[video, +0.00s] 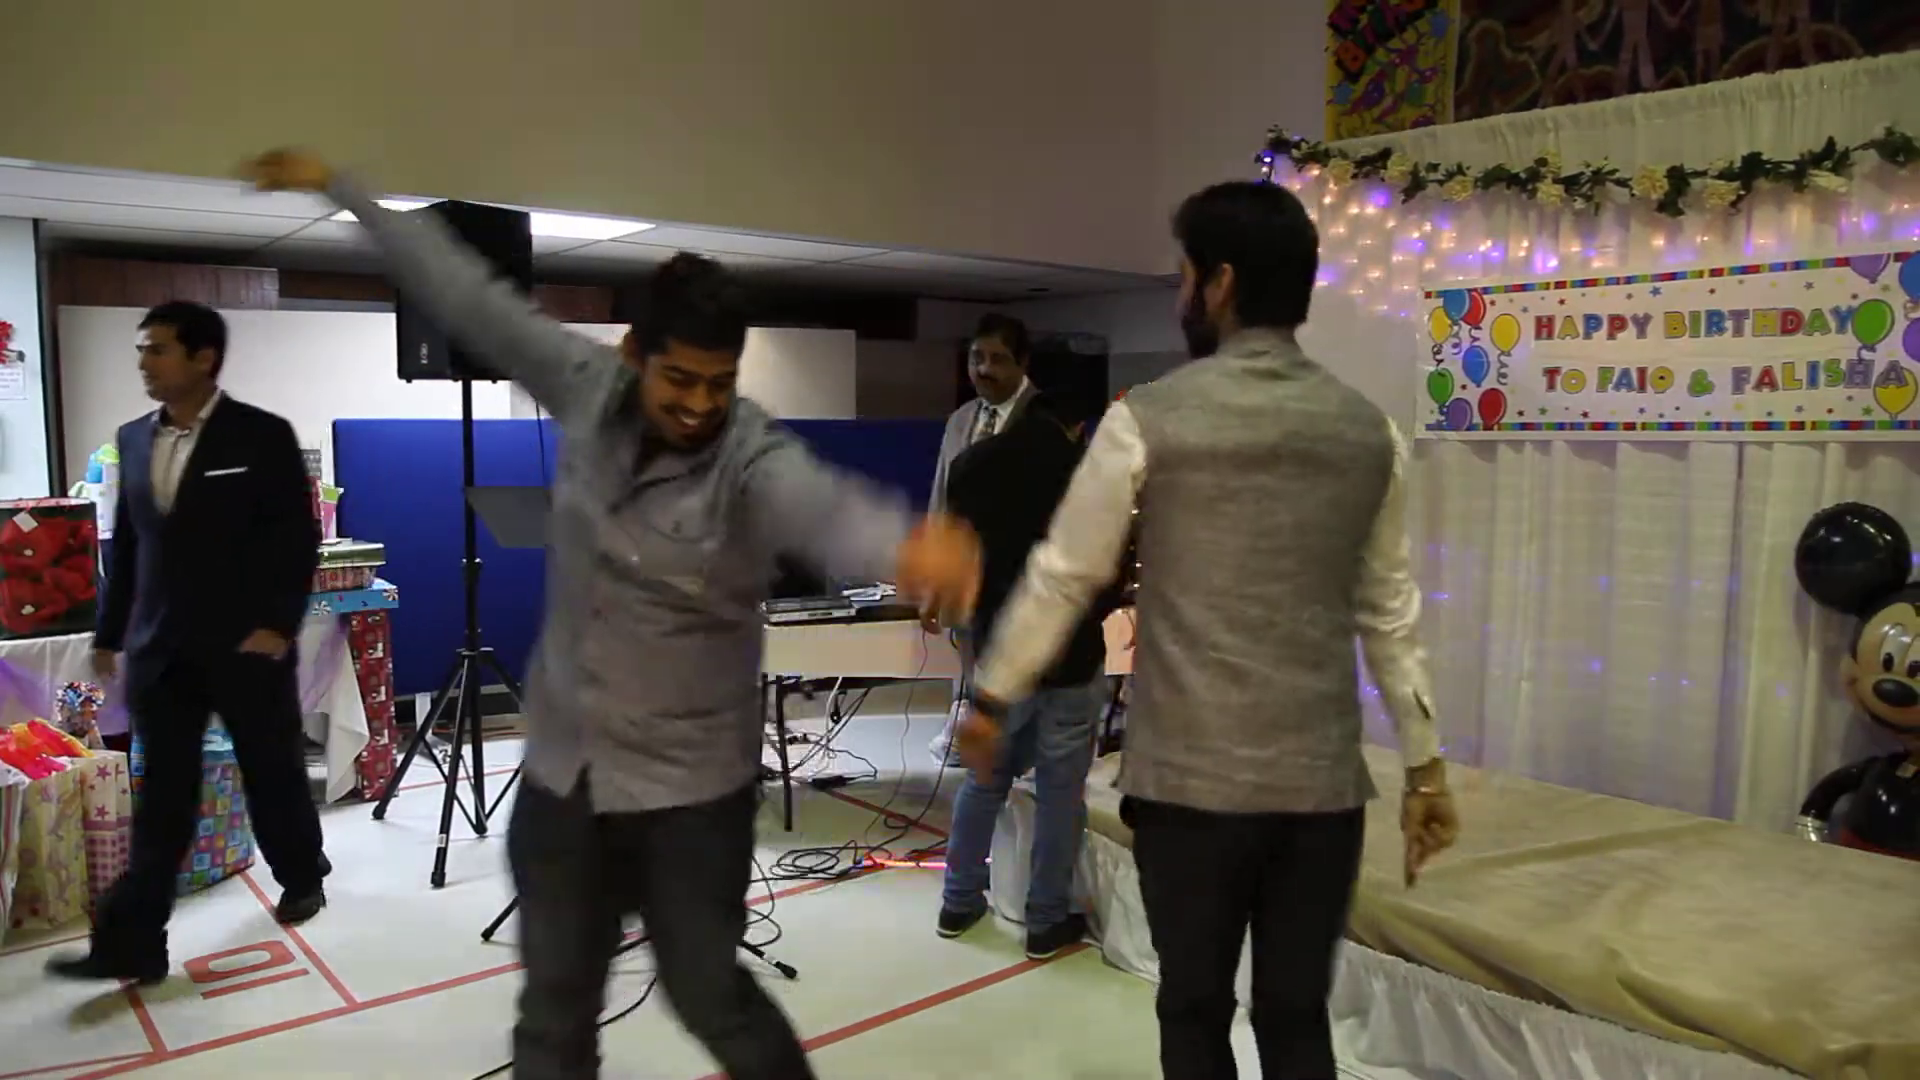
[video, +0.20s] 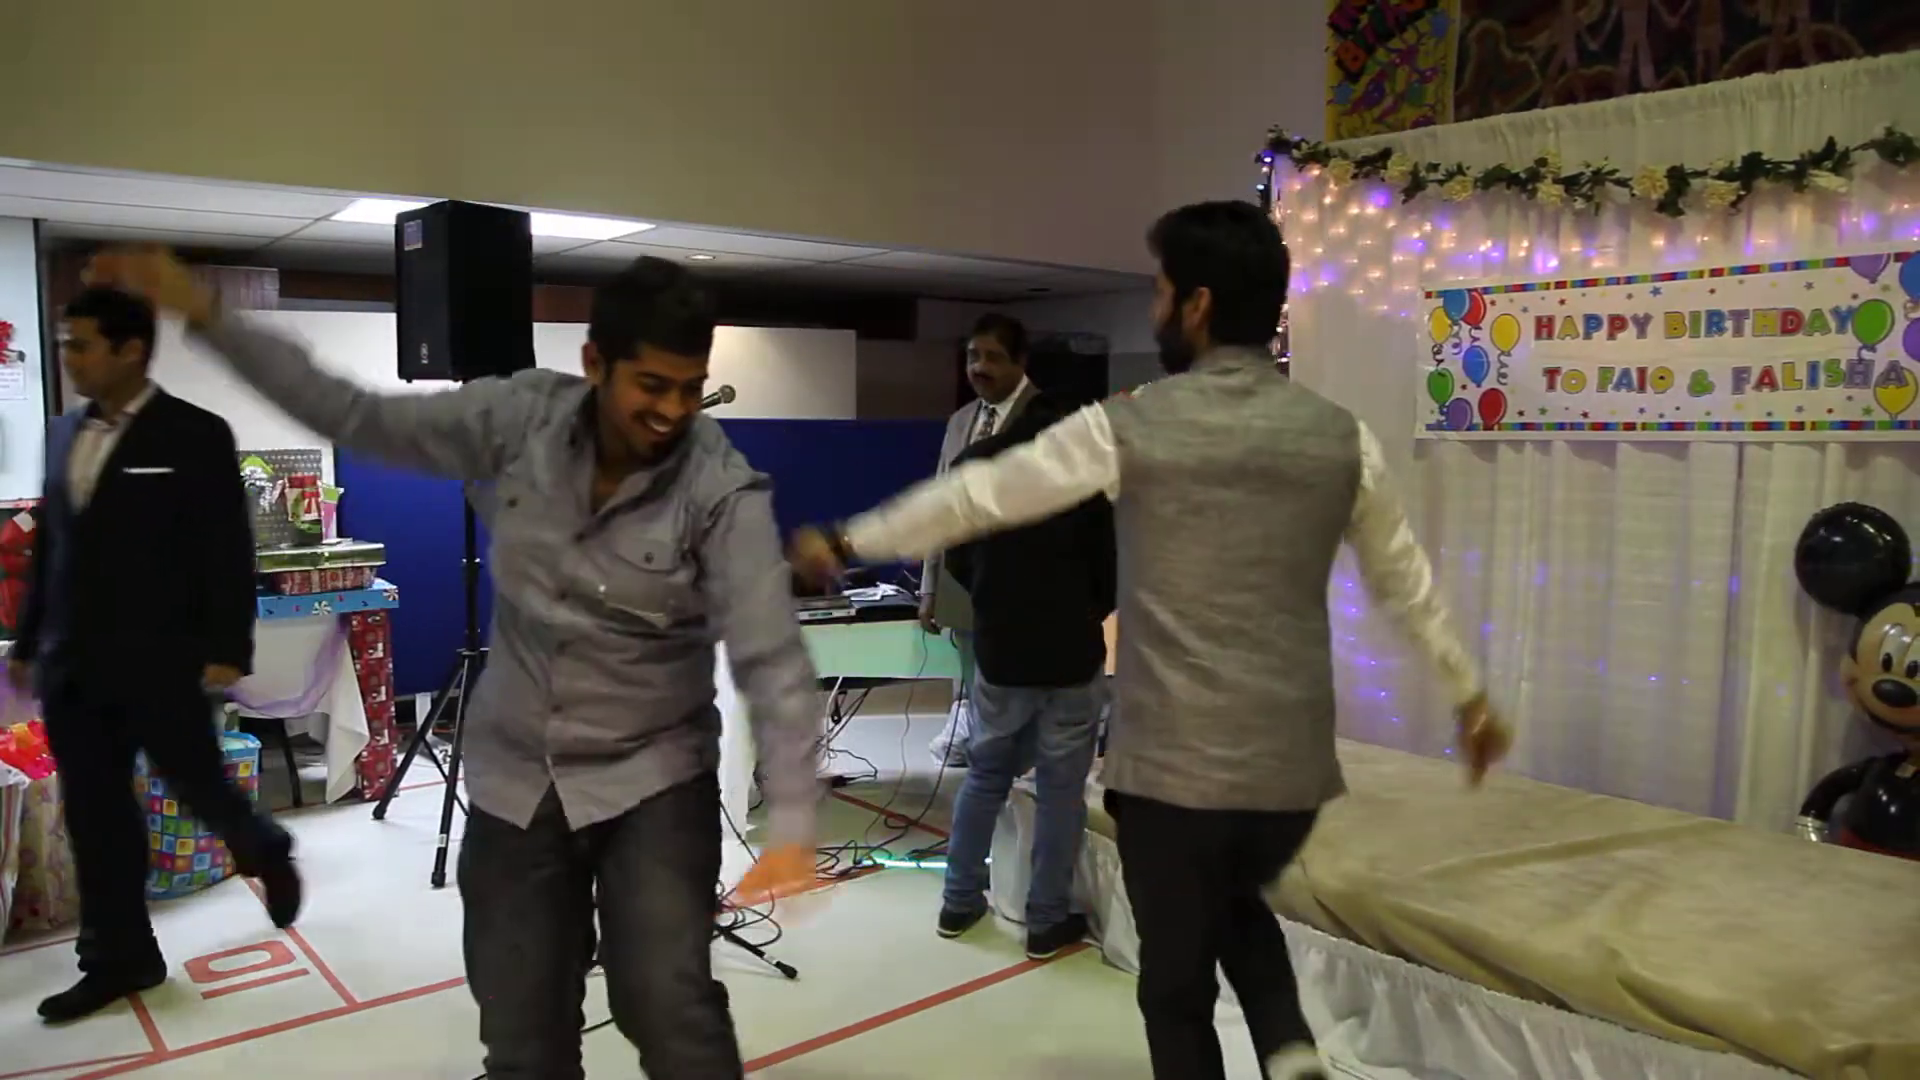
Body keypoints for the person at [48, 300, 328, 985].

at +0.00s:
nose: (143, 362)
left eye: (156, 350)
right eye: (141, 351)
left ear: (204, 358)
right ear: (159, 361)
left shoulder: (265, 436)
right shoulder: (135, 440)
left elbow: (299, 539)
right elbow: (122, 546)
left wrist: (279, 622)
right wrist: (107, 636)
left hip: (246, 643)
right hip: (162, 647)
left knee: (272, 770)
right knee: (163, 796)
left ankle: (303, 878)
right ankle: (135, 944)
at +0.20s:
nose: (69, 360)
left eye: (81, 346)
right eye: (66, 347)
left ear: (132, 349)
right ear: (79, 353)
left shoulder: (198, 433)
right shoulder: (67, 435)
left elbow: (229, 545)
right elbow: (50, 546)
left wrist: (229, 644)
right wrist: (28, 640)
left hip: (161, 656)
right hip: (78, 660)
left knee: (199, 783)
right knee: (97, 817)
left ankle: (267, 856)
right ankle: (123, 956)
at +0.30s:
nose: (25, 357)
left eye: (39, 343)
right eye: (22, 344)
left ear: (93, 344)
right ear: (27, 348)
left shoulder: (163, 430)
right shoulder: (21, 434)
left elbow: (199, 545)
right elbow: (10, 548)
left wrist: (200, 650)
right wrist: (9, 637)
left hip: (124, 656)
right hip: (39, 656)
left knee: (128, 795)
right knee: (72, 815)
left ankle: (207, 884)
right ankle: (121, 957)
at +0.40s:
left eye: (5, 342)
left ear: (49, 343)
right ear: (37, 346)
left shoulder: (123, 433)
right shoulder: (7, 432)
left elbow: (170, 550)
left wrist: (178, 656)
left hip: (76, 665)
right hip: (13, 666)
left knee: (78, 819)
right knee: (62, 818)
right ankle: (121, 953)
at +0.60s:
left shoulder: (38, 451)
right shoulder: (39, 449)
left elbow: (91, 581)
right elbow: (91, 581)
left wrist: (110, 699)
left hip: (13, 686)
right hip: (12, 686)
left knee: (9, 821)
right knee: (10, 821)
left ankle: (110, 938)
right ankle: (104, 939)